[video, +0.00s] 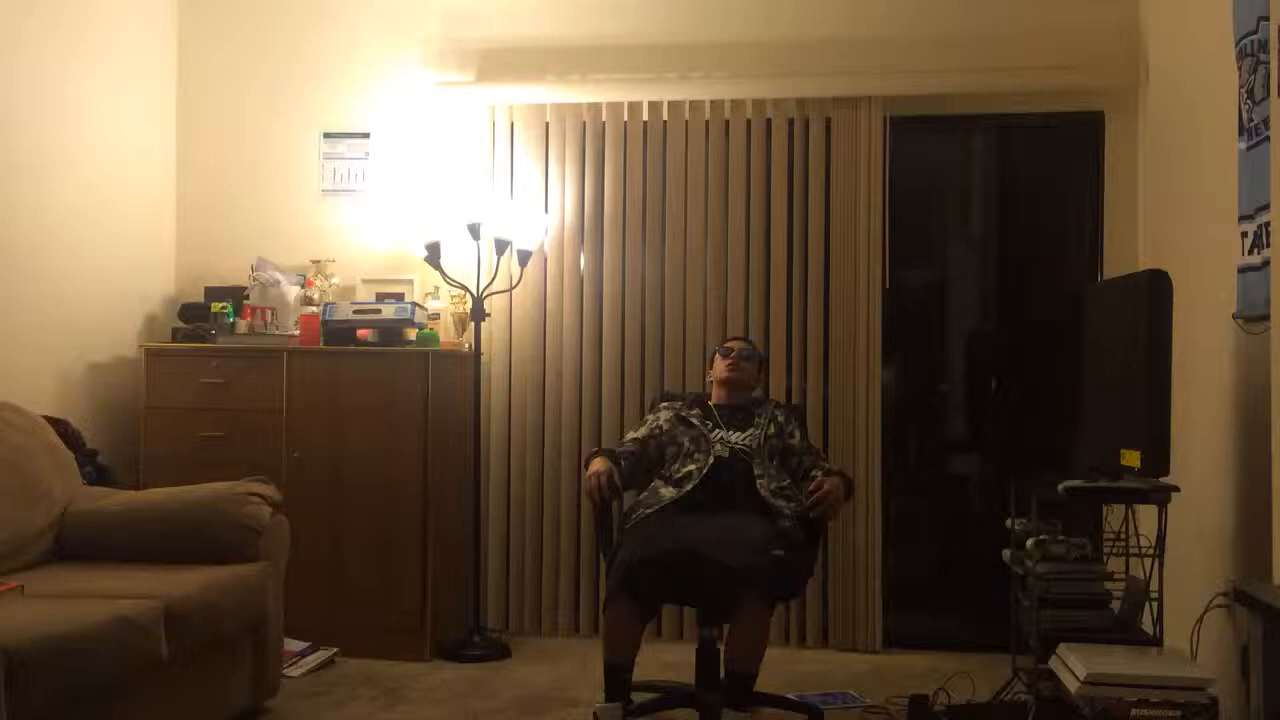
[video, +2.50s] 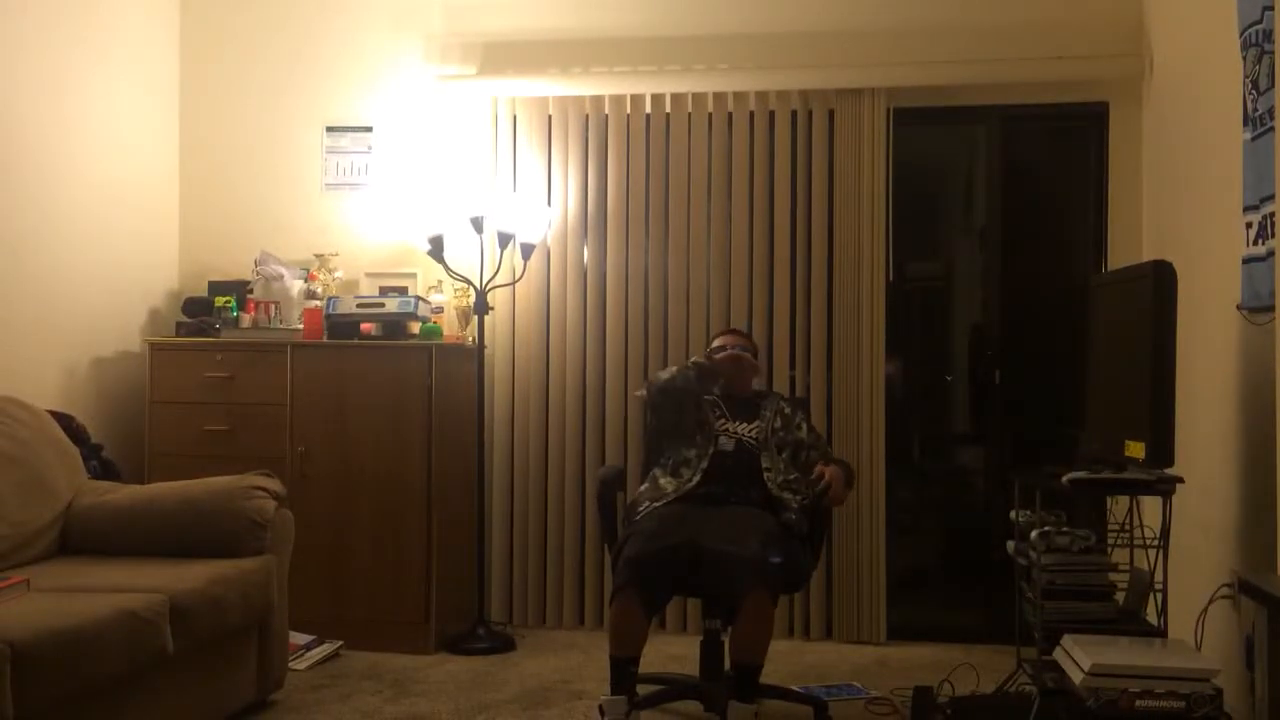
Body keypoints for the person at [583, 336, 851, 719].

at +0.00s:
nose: (734, 357)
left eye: (746, 354)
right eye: (725, 352)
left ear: (759, 375)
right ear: (710, 370)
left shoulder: (779, 420)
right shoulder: (675, 413)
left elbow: (812, 469)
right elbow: (633, 452)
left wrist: (837, 482)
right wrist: (600, 459)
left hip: (753, 522)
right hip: (674, 520)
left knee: (755, 593)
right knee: (630, 579)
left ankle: (736, 707)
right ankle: (615, 701)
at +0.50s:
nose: (738, 354)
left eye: (750, 354)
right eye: (728, 352)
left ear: (761, 380)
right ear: (712, 374)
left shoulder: (781, 416)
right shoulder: (678, 411)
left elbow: (810, 451)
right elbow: (637, 449)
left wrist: (815, 460)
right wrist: (606, 454)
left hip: (752, 513)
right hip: (676, 510)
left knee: (756, 583)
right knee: (635, 570)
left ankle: (741, 706)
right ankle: (619, 699)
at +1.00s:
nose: (741, 350)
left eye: (753, 352)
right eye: (732, 349)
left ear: (762, 378)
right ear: (713, 372)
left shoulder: (782, 415)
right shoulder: (678, 409)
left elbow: (813, 457)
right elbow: (636, 447)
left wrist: (835, 465)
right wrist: (606, 450)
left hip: (751, 511)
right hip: (676, 507)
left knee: (758, 579)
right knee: (637, 569)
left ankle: (744, 703)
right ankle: (621, 697)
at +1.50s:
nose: (748, 354)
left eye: (759, 355)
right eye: (739, 350)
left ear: (767, 382)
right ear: (717, 369)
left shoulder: (784, 416)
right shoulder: (679, 408)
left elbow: (819, 465)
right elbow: (637, 449)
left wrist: (842, 483)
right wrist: (603, 453)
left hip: (752, 511)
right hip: (676, 507)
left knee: (758, 584)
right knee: (634, 575)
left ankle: (744, 703)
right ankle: (620, 697)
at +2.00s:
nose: (748, 359)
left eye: (759, 358)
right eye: (739, 350)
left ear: (766, 377)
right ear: (717, 363)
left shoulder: (782, 412)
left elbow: (815, 457)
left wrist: (835, 465)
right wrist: (648, 424)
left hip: (751, 510)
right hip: (676, 506)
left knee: (758, 582)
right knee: (634, 574)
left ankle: (743, 703)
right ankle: (620, 695)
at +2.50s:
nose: (733, 355)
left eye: (743, 350)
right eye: (721, 349)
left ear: (758, 366)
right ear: (706, 362)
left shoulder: (780, 409)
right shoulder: (686, 399)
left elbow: (816, 455)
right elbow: (658, 389)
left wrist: (835, 469)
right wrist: (709, 365)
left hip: (753, 508)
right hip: (678, 505)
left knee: (759, 580)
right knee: (636, 571)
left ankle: (744, 703)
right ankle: (620, 695)